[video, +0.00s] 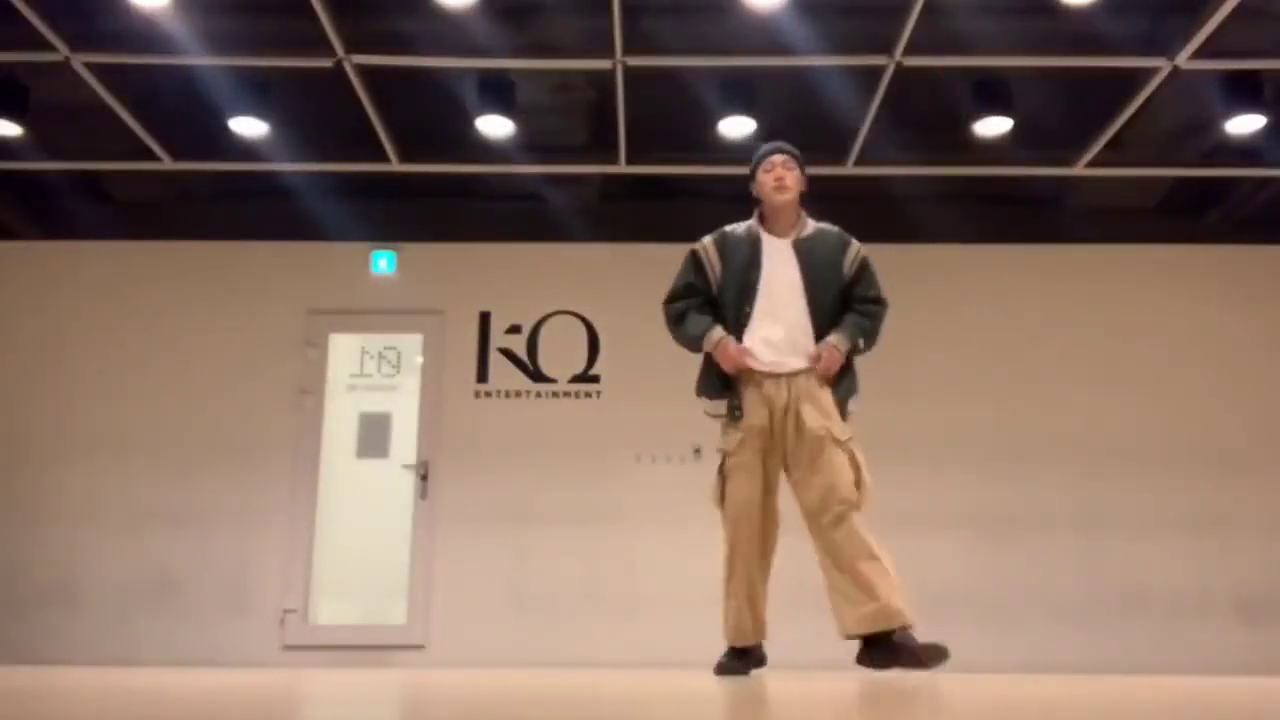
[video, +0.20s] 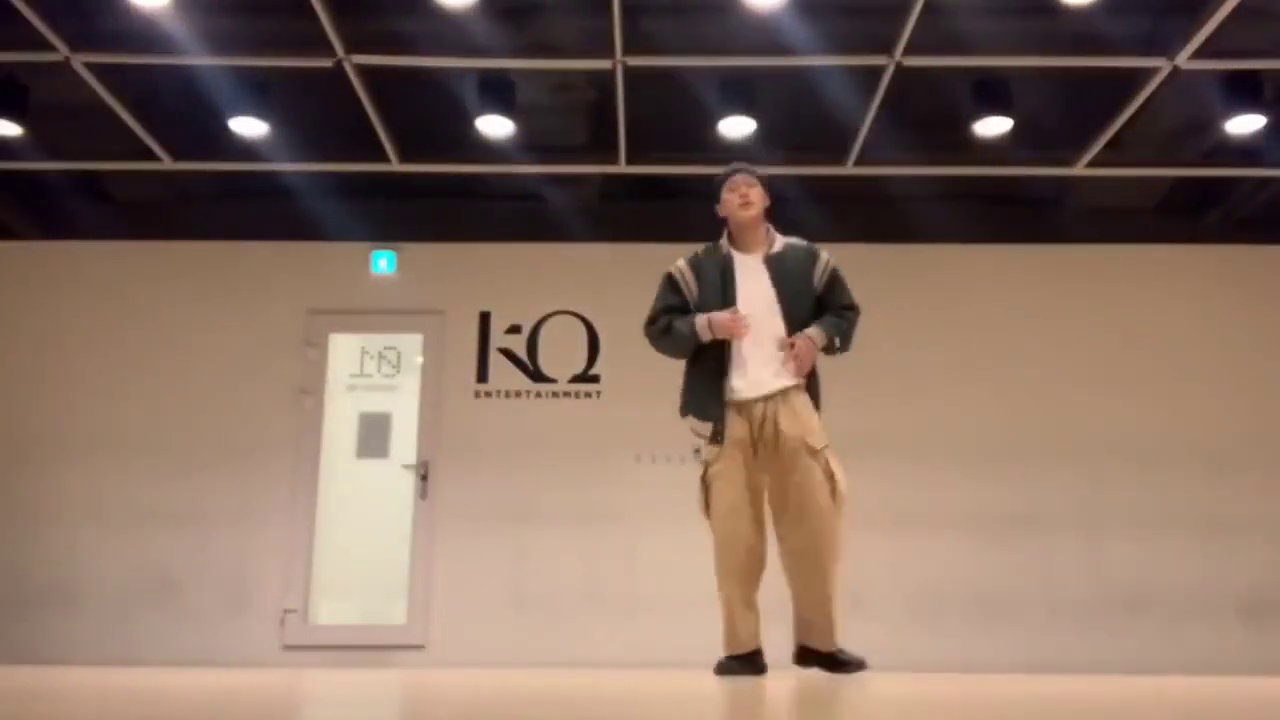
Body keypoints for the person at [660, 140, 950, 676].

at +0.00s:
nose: (778, 174)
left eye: (787, 167)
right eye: (768, 169)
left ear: (804, 184)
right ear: (754, 188)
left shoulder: (837, 245)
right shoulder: (722, 246)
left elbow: (870, 306)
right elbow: (681, 305)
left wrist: (840, 342)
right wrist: (716, 341)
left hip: (812, 390)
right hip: (747, 392)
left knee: (836, 511)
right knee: (745, 519)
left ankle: (882, 633)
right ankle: (744, 643)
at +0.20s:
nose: (743, 193)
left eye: (751, 187)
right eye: (733, 189)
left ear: (767, 202)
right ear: (719, 209)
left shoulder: (805, 259)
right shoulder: (694, 269)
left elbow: (845, 311)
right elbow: (659, 331)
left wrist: (815, 338)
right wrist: (706, 325)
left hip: (792, 410)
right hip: (727, 415)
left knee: (814, 528)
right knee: (735, 538)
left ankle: (816, 644)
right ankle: (743, 651)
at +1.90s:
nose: (656, 237)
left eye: (657, 230)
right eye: (646, 231)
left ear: (663, 241)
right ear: (622, 244)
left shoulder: (684, 303)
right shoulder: (594, 305)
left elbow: (702, 364)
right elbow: (575, 374)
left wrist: (679, 416)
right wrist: (584, 431)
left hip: (671, 444)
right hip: (617, 445)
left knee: (690, 520)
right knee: (621, 539)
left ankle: (669, 628)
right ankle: (622, 645)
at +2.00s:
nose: (657, 233)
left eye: (659, 226)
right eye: (647, 226)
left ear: (664, 237)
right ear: (623, 237)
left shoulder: (683, 298)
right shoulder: (593, 298)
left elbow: (702, 358)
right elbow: (571, 368)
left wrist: (680, 412)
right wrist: (587, 424)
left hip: (673, 439)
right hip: (619, 441)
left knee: (690, 521)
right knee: (624, 543)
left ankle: (671, 634)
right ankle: (623, 645)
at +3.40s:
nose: (677, 199)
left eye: (685, 190)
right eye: (667, 191)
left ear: (702, 199)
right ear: (655, 204)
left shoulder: (740, 253)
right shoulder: (632, 265)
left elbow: (784, 300)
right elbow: (593, 315)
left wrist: (786, 261)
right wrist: (578, 275)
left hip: (728, 417)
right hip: (662, 416)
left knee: (727, 520)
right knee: (659, 512)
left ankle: (709, 633)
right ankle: (664, 641)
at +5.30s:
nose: (693, 219)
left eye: (702, 213)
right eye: (685, 214)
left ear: (718, 228)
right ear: (673, 231)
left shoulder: (751, 287)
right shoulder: (646, 291)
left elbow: (766, 359)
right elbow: (630, 358)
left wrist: (746, 408)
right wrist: (641, 409)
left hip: (725, 441)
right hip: (661, 441)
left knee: (731, 550)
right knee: (655, 550)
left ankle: (740, 651)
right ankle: (664, 651)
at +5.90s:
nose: (727, 242)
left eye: (733, 233)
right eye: (717, 238)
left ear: (748, 242)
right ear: (706, 252)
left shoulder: (781, 288)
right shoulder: (688, 293)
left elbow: (792, 342)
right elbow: (668, 348)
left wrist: (766, 369)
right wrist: (691, 366)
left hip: (764, 430)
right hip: (701, 433)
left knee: (765, 533)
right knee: (679, 529)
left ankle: (768, 649)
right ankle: (718, 645)